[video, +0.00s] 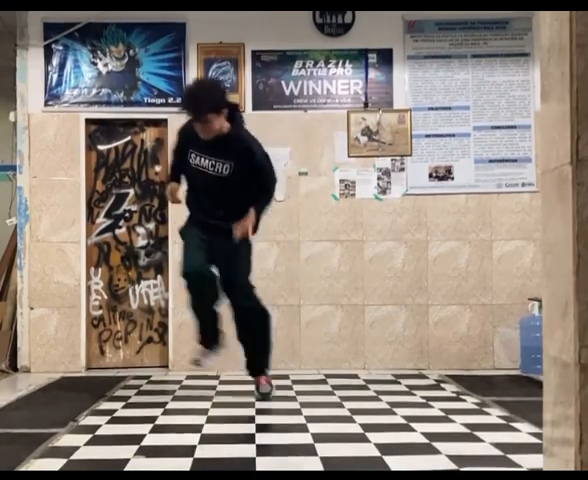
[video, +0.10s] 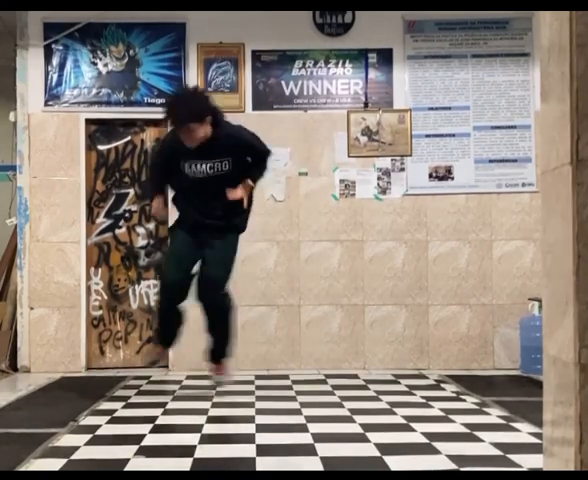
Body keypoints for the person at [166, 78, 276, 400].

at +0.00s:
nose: (203, 128)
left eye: (208, 121)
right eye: (199, 122)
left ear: (223, 113)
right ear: (193, 117)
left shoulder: (244, 145)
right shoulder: (189, 134)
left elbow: (267, 181)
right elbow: (179, 157)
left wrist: (253, 215)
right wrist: (174, 180)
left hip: (233, 231)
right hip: (198, 226)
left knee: (240, 295)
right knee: (195, 274)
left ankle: (259, 369)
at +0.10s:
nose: (187, 138)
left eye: (191, 131)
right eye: (182, 132)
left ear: (207, 121)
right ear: (175, 127)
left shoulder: (235, 138)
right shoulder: (171, 146)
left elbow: (261, 156)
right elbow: (157, 171)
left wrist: (246, 185)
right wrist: (158, 195)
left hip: (224, 228)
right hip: (188, 224)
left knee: (211, 290)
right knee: (170, 283)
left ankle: (218, 357)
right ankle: (163, 343)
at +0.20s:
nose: (169, 155)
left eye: (172, 148)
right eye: (165, 150)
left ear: (189, 137)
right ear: (161, 146)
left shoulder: (220, 147)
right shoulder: (165, 175)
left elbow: (239, 162)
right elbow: (150, 217)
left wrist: (239, 181)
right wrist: (133, 253)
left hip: (213, 244)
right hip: (178, 241)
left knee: (184, 303)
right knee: (159, 305)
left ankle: (170, 366)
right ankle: (124, 370)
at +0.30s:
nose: (166, 163)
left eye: (170, 156)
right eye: (161, 158)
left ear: (186, 147)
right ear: (156, 157)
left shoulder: (214, 158)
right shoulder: (163, 189)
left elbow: (233, 182)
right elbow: (149, 238)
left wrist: (235, 194)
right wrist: (128, 279)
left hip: (208, 254)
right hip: (172, 257)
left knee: (181, 312)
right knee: (147, 313)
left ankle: (164, 371)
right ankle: (120, 374)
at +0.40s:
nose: (186, 148)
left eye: (191, 142)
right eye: (180, 143)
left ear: (199, 133)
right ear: (167, 137)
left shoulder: (217, 148)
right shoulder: (159, 163)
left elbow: (247, 171)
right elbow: (150, 207)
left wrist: (247, 194)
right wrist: (146, 247)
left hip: (221, 235)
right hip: (185, 238)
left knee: (214, 300)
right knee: (177, 293)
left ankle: (204, 362)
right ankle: (148, 355)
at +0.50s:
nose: (209, 145)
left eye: (213, 138)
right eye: (203, 139)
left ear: (218, 132)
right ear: (185, 132)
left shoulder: (223, 156)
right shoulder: (163, 157)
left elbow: (247, 188)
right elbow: (155, 191)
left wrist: (265, 222)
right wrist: (161, 223)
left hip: (227, 234)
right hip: (193, 238)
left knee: (235, 297)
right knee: (200, 297)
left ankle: (267, 363)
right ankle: (209, 361)